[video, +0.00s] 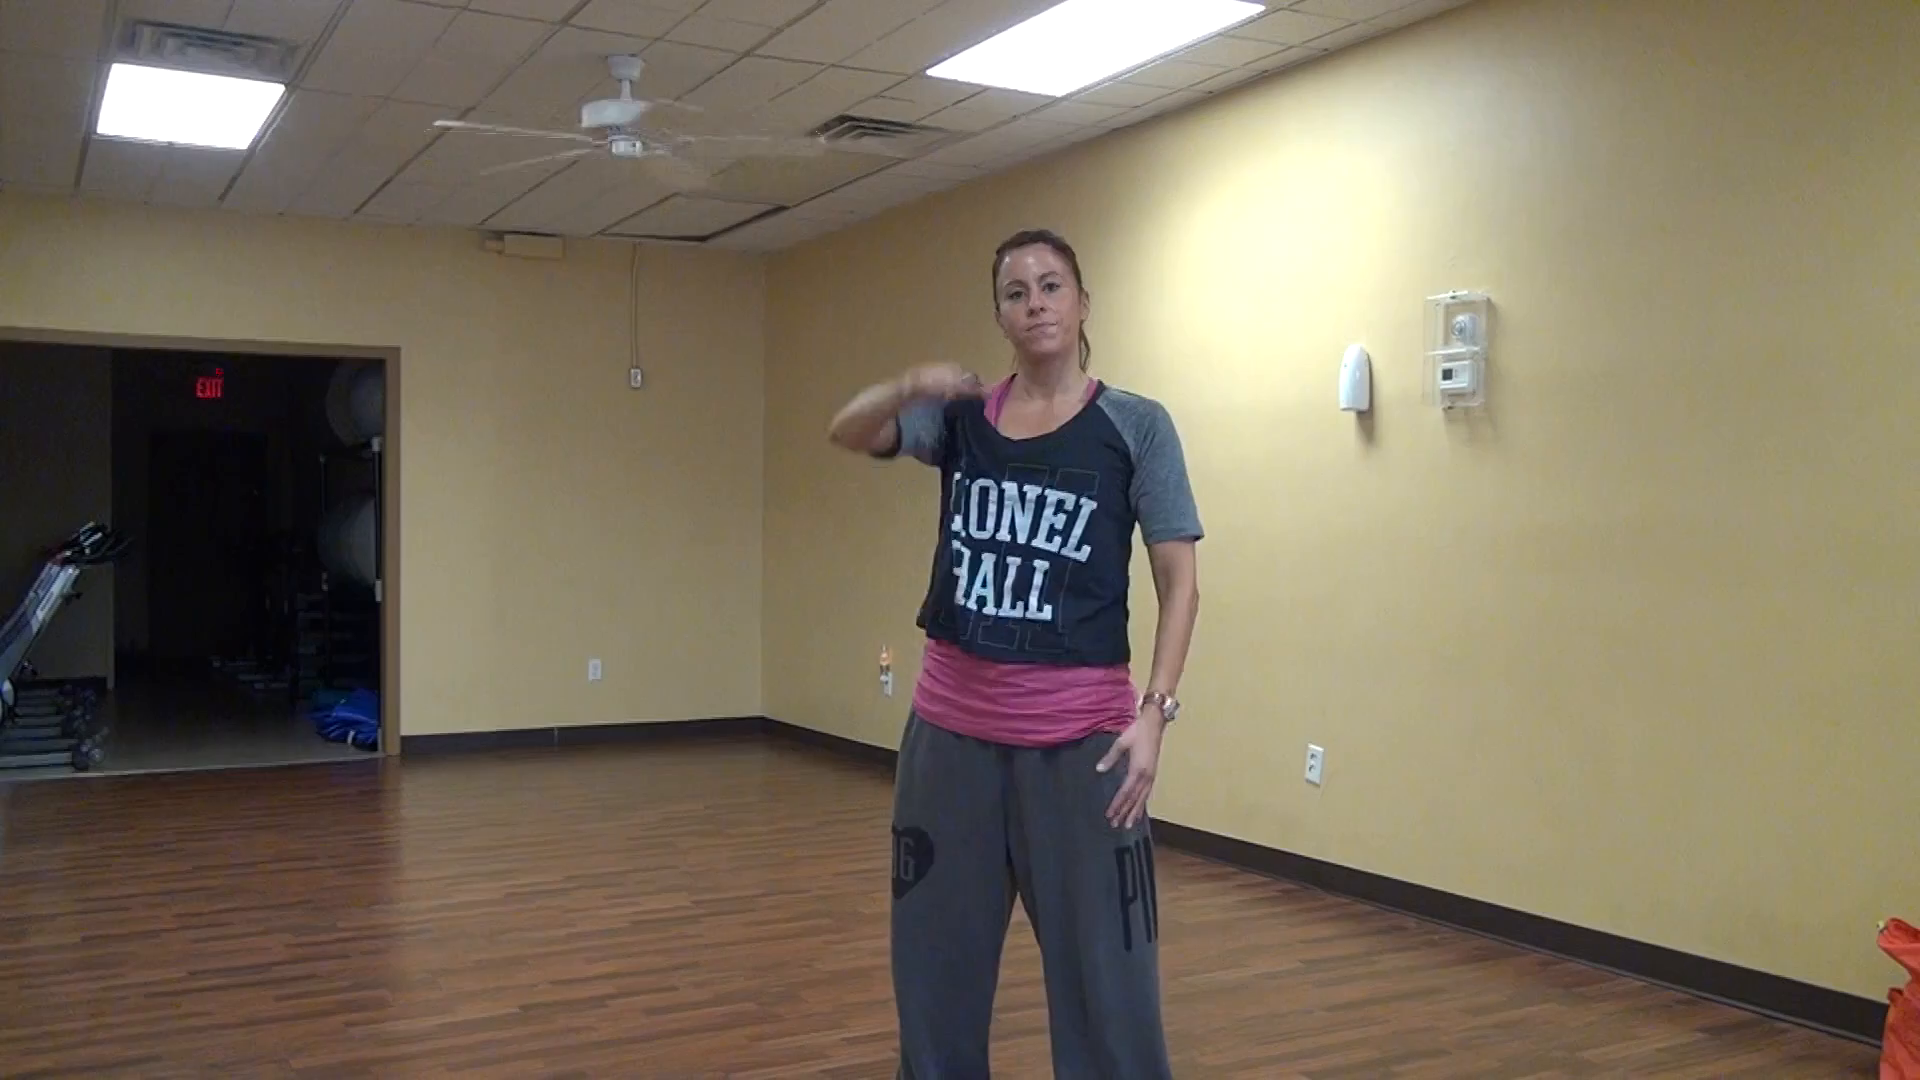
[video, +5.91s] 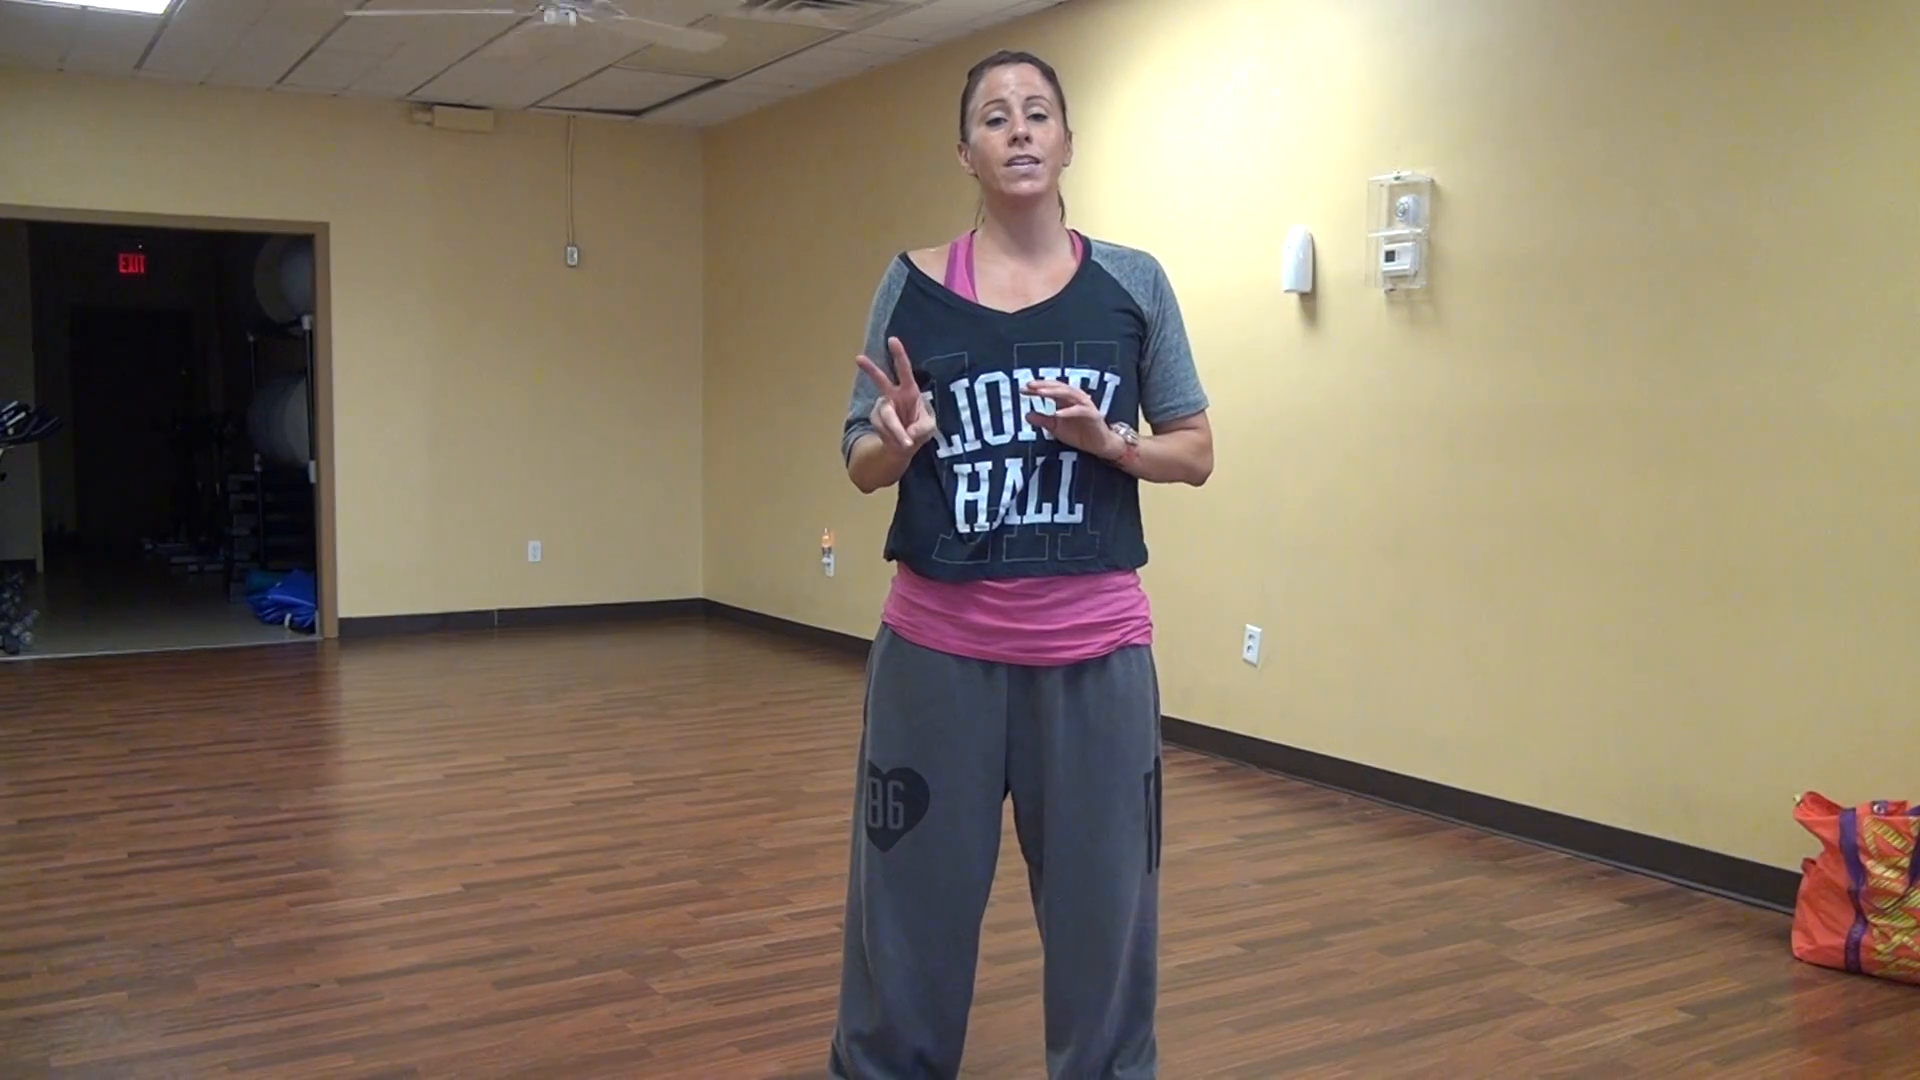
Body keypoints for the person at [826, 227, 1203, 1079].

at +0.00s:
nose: (1035, 302)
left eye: (1050, 285)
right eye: (1016, 292)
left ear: (1082, 301)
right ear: (999, 317)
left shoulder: (1135, 424)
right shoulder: (961, 414)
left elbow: (1179, 579)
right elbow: (846, 433)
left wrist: (1155, 711)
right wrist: (906, 385)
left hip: (1079, 741)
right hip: (949, 734)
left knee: (1103, 983)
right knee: (935, 972)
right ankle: (938, 1077)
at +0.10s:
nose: (1041, 296)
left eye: (1058, 281)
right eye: (1023, 286)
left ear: (1089, 302)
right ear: (1003, 311)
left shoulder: (1141, 424)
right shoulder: (957, 412)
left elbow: (1182, 580)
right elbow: (857, 519)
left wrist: (1153, 718)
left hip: (1085, 744)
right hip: (955, 738)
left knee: (1108, 991)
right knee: (939, 980)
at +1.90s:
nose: (1024, 268)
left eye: (1039, 251)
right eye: (1000, 256)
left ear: (1064, 272)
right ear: (970, 290)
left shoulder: (1124, 414)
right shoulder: (917, 403)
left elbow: (1165, 583)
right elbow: (839, 557)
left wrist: (1098, 598)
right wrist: (947, 545)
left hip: (1074, 755)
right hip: (926, 746)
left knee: (1098, 1015)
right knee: (919, 1012)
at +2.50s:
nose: (900, 276)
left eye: (922, 256)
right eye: (882, 259)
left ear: (962, 278)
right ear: (864, 280)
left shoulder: (1025, 405)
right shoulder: (814, 408)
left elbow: (1100, 574)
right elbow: (750, 575)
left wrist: (964, 542)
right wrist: (849, 545)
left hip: (979, 759)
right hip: (826, 759)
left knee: (1031, 1022)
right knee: (846, 1027)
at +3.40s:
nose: (926, 152)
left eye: (944, 128)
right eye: (903, 134)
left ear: (979, 138)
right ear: (878, 153)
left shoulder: (1051, 274)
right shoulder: (833, 287)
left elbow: (1111, 447)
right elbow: (775, 447)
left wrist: (1034, 385)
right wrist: (844, 467)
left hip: (1016, 633)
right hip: (861, 636)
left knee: (1063, 899)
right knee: (856, 902)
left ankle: (1112, 1068)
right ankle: (886, 1070)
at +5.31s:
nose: (1021, 132)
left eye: (1041, 115)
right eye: (998, 117)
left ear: (1071, 142)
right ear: (970, 148)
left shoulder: (1137, 279)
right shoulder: (918, 279)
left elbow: (1200, 451)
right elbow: (857, 465)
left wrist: (1127, 444)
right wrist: (900, 416)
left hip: (1094, 643)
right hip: (936, 640)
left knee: (1106, 919)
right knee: (907, 909)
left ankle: (1105, 1071)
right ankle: (888, 1068)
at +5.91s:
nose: (1018, 131)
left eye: (1037, 114)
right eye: (994, 118)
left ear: (1066, 142)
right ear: (965, 151)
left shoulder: (1134, 279)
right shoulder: (915, 282)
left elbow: (1197, 454)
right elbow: (863, 470)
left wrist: (1119, 444)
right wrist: (895, 442)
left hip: (1095, 643)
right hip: (936, 641)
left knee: (1105, 918)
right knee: (907, 909)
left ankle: (1106, 1072)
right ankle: (887, 1068)